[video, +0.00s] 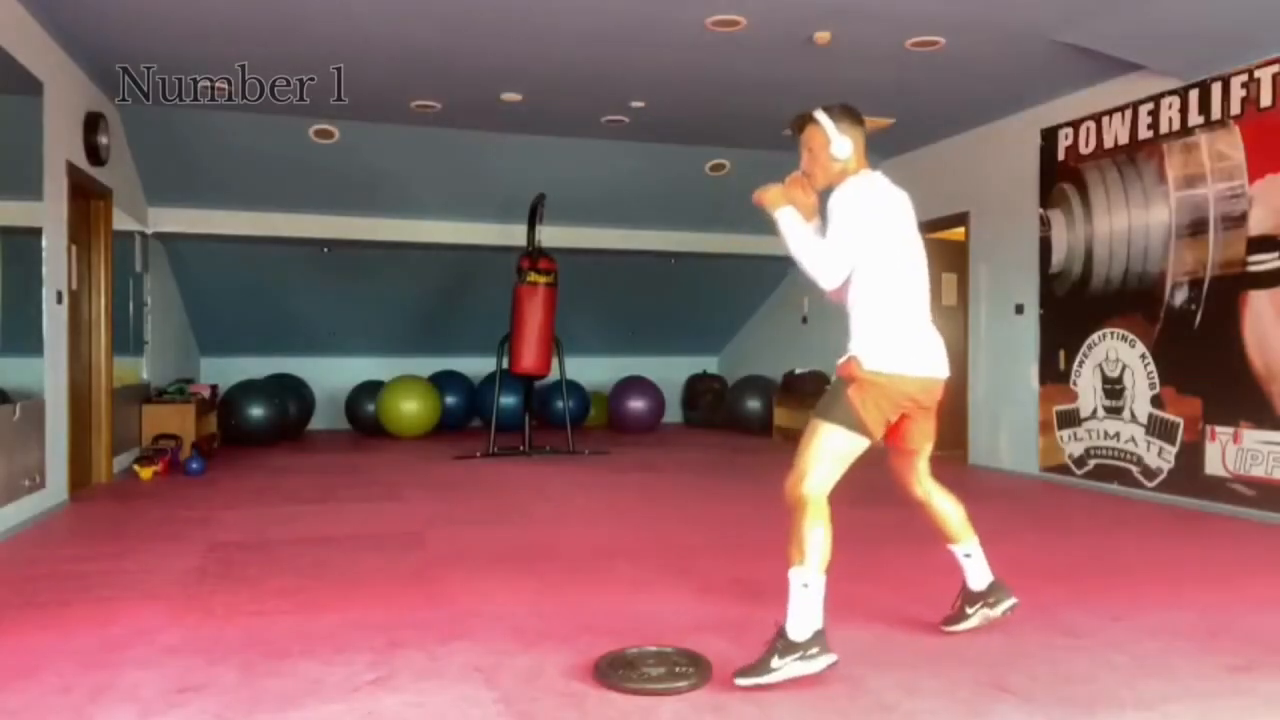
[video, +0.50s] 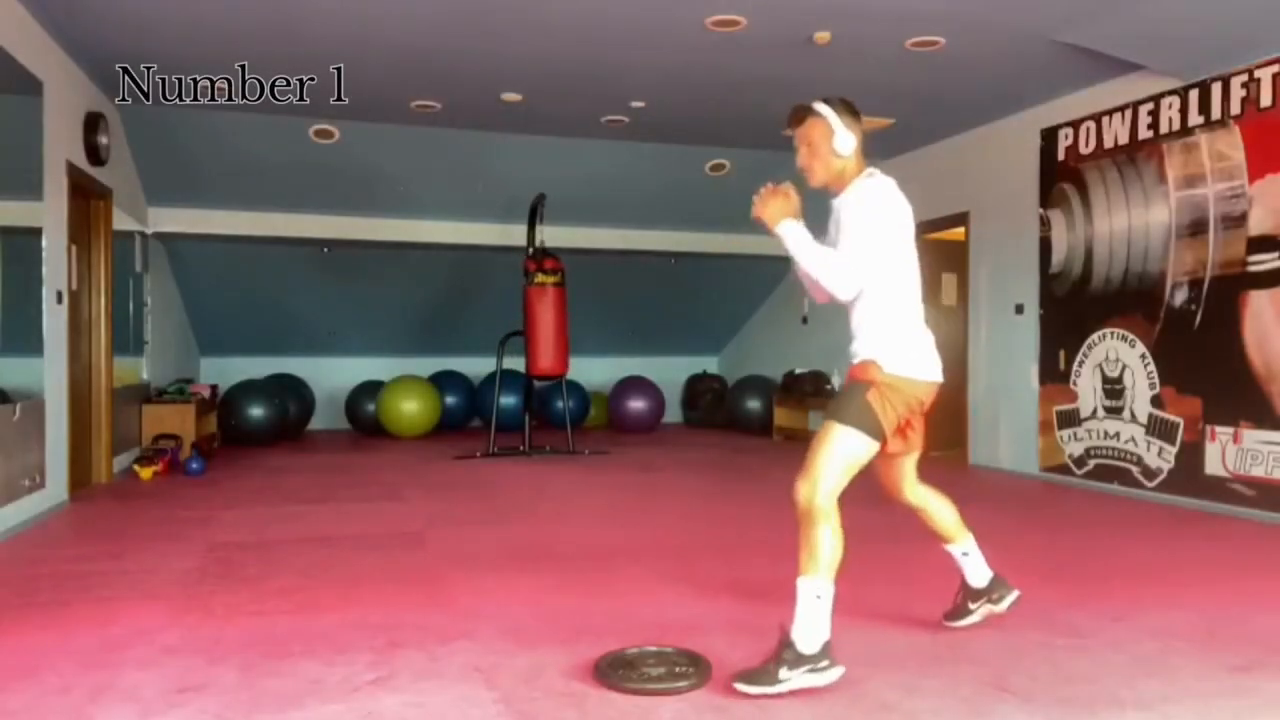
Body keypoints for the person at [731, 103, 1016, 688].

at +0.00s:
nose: (805, 161)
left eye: (810, 149)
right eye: (804, 150)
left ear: (838, 148)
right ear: (855, 149)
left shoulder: (852, 197)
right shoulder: (894, 195)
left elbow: (828, 273)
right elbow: (857, 273)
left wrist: (784, 214)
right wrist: (814, 213)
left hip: (881, 366)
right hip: (925, 367)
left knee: (806, 488)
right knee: (918, 480)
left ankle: (803, 637)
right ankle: (985, 587)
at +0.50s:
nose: (800, 159)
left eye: (807, 145)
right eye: (797, 147)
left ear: (841, 143)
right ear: (842, 148)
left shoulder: (864, 199)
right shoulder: (877, 196)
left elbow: (842, 282)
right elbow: (827, 289)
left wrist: (788, 225)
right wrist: (792, 232)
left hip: (888, 368)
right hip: (911, 368)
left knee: (815, 491)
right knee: (904, 483)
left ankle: (808, 649)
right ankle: (985, 584)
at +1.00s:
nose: (801, 180)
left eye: (806, 167)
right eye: (799, 169)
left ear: (832, 162)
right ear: (850, 161)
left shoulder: (855, 210)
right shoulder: (897, 206)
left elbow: (849, 286)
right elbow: (870, 290)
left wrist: (781, 254)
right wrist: (815, 247)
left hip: (890, 384)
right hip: (936, 385)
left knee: (803, 495)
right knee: (921, 498)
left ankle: (803, 648)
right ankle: (982, 612)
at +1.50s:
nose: (785, 195)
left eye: (793, 181)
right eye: (782, 183)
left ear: (830, 176)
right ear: (795, 184)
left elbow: (859, 332)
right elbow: (790, 327)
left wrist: (799, 258)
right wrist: (761, 266)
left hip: (896, 402)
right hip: (871, 400)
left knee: (793, 514)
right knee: (884, 519)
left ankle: (807, 676)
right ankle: (981, 609)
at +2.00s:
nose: (821, 183)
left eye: (825, 170)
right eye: (820, 171)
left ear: (852, 166)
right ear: (870, 165)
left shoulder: (888, 205)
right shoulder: (914, 204)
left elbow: (827, 266)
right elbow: (887, 311)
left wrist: (825, 196)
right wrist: (848, 226)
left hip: (935, 369)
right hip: (967, 371)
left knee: (842, 474)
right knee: (931, 479)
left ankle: (853, 629)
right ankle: (989, 596)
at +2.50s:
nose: (832, 154)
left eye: (838, 142)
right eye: (831, 143)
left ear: (871, 138)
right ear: (877, 142)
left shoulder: (893, 185)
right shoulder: (909, 186)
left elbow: (881, 268)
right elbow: (866, 282)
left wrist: (829, 204)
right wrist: (837, 212)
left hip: (921, 353)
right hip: (953, 355)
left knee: (837, 469)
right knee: (944, 476)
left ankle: (864, 621)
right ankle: (994, 588)